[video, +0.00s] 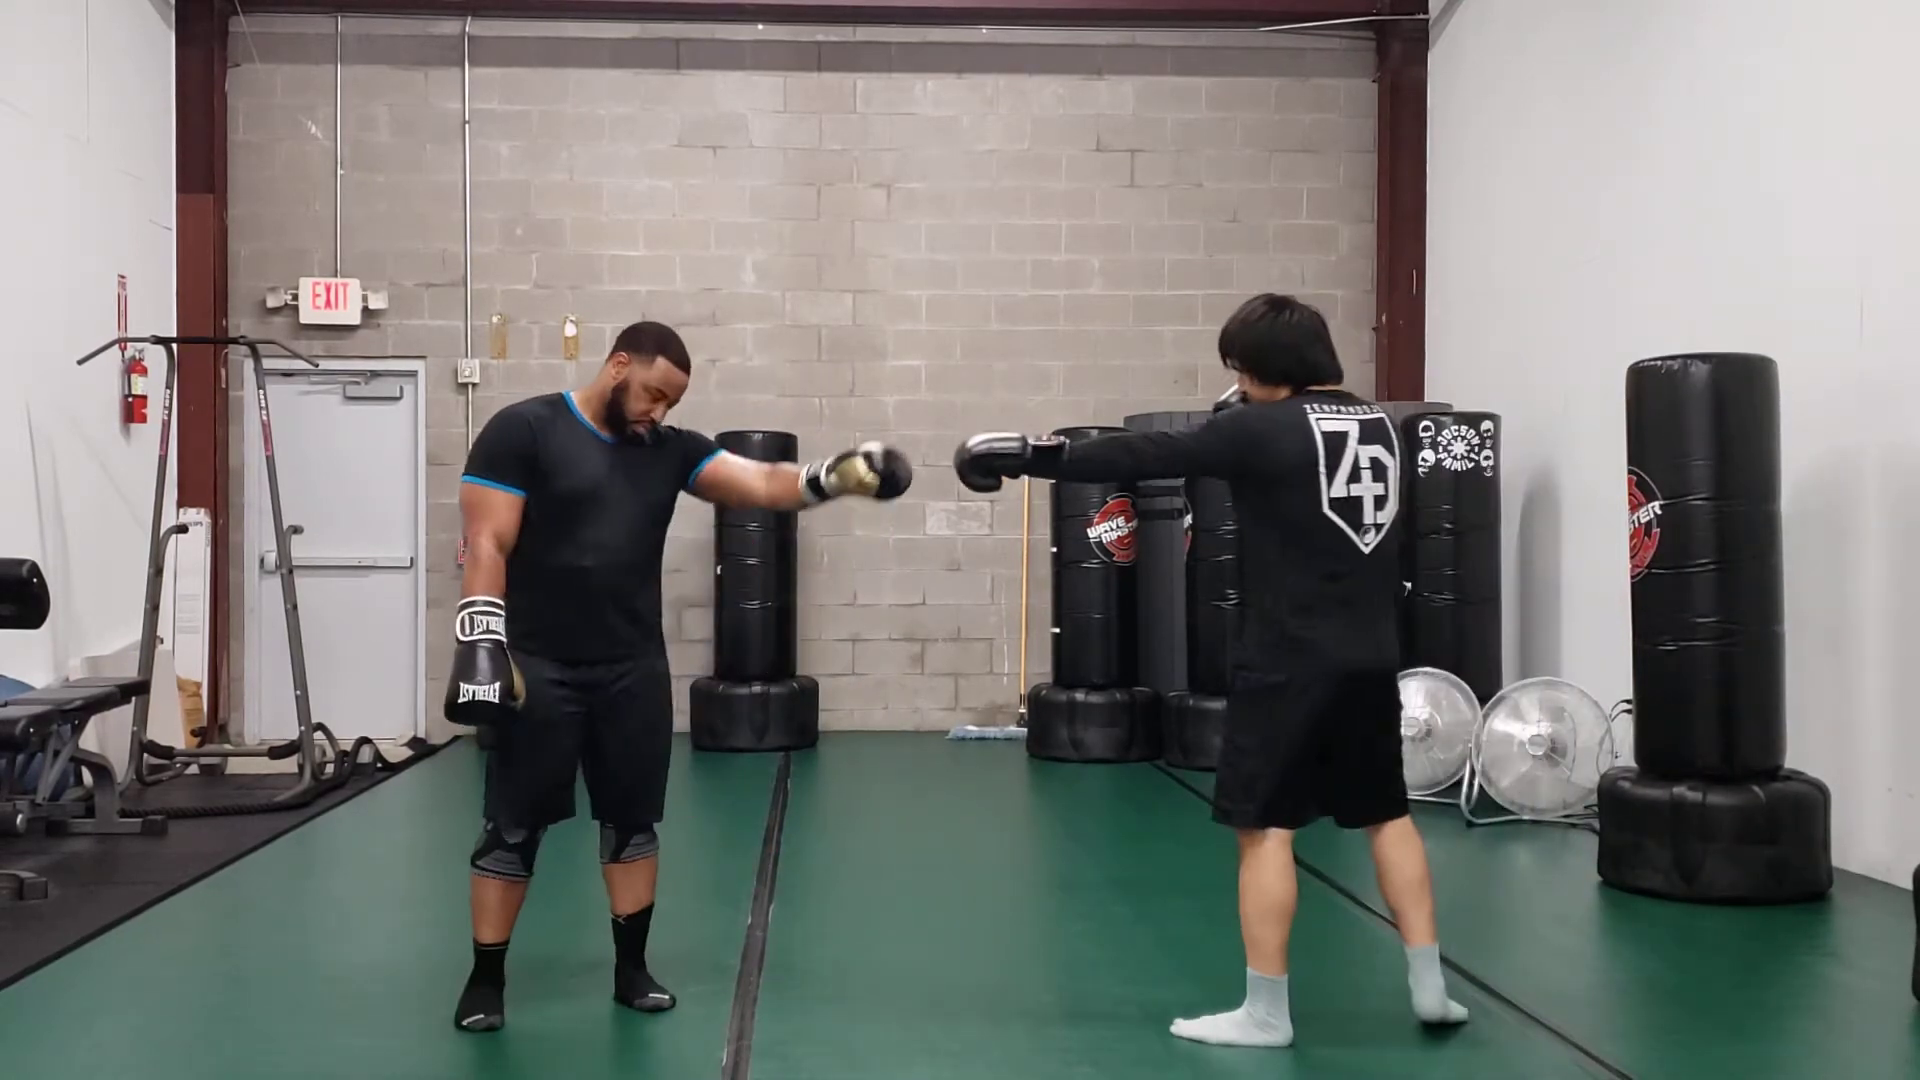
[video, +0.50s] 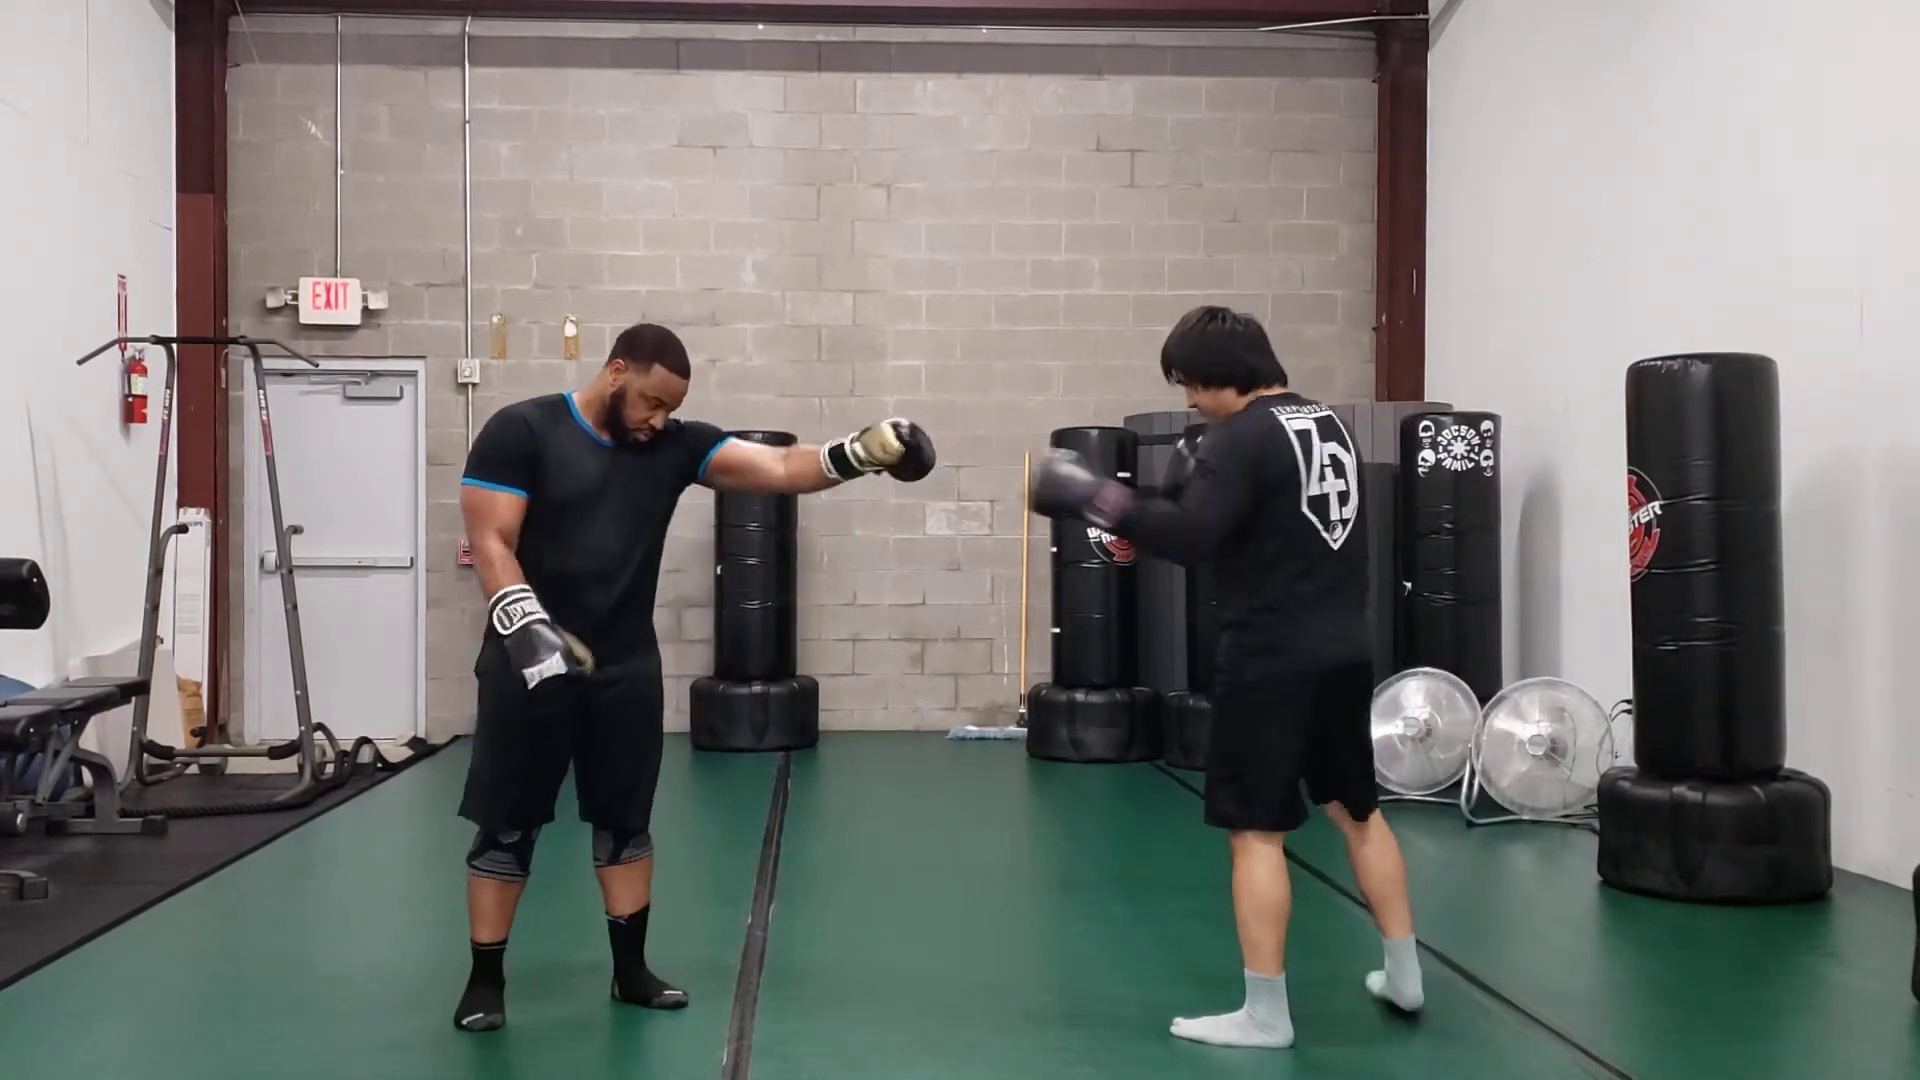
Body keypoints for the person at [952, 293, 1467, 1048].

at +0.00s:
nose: (1236, 385)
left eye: (1240, 372)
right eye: (1235, 372)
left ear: (1270, 371)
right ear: (1318, 363)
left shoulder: (1261, 430)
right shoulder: (1382, 426)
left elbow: (1154, 451)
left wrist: (1048, 456)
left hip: (1286, 667)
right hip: (1369, 663)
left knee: (1264, 828)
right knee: (1389, 814)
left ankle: (1265, 1013)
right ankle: (1430, 986)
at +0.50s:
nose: (1190, 403)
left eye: (1192, 388)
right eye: (1186, 389)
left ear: (1226, 378)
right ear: (1261, 370)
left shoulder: (1243, 439)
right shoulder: (1329, 426)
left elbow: (1192, 532)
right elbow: (1276, 525)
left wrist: (1093, 497)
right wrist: (1163, 514)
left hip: (1268, 664)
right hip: (1342, 655)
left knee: (1256, 828)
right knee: (1359, 808)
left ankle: (1265, 1013)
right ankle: (1405, 973)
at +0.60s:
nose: (1192, 414)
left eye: (1194, 398)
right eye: (1187, 400)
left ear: (1232, 388)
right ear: (1253, 381)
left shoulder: (1267, 445)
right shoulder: (1318, 426)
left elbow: (1277, 547)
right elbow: (1301, 535)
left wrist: (1179, 534)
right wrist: (1214, 503)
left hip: (1274, 669)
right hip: (1340, 662)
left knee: (1241, 827)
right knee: (1349, 817)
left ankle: (1263, 1012)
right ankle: (1397, 983)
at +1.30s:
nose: (1096, 454)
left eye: (1100, 439)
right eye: (1092, 441)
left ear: (1134, 427)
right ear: (1157, 420)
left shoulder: (1173, 471)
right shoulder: (1211, 452)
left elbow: (1172, 566)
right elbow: (1200, 550)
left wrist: (1091, 553)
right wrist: (1121, 518)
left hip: (1219, 670)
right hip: (1270, 665)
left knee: (1135, 814)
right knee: (1240, 801)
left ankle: (1168, 994)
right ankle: (1297, 955)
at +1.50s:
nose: (1079, 456)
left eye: (1084, 441)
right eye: (1076, 442)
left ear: (1118, 435)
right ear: (1141, 429)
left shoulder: (1150, 478)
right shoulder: (1191, 465)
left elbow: (1133, 564)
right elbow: (1174, 557)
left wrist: (1063, 552)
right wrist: (1094, 529)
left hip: (1181, 676)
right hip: (1229, 676)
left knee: (1051, 792)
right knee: (1218, 816)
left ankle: (1086, 960)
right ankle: (1296, 961)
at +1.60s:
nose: (1044, 450)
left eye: (1047, 435)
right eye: (1040, 437)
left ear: (1081, 427)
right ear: (1108, 420)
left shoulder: (1103, 469)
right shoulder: (1167, 461)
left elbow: (1031, 533)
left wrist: (959, 493)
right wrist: (997, 500)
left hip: (1144, 670)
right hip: (1201, 668)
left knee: (1033, 803)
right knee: (1207, 812)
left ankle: (1009, 980)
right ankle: (1291, 955)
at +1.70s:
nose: (1002, 458)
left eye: (1005, 445)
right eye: (1001, 446)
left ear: (1036, 441)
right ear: (1071, 432)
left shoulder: (1042, 487)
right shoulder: (1133, 467)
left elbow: (942, 493)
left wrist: (863, 460)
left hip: (1102, 681)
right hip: (1177, 676)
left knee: (1006, 822)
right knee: (1166, 793)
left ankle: (1009, 999)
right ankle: (1247, 928)